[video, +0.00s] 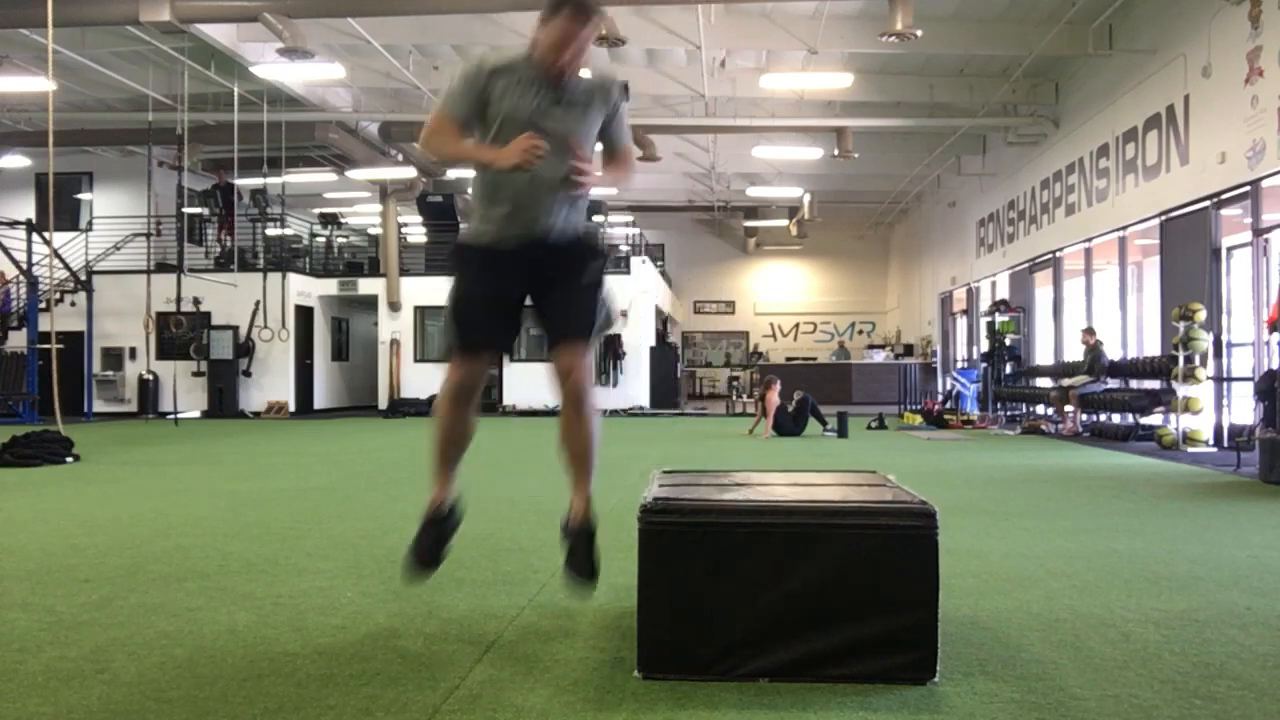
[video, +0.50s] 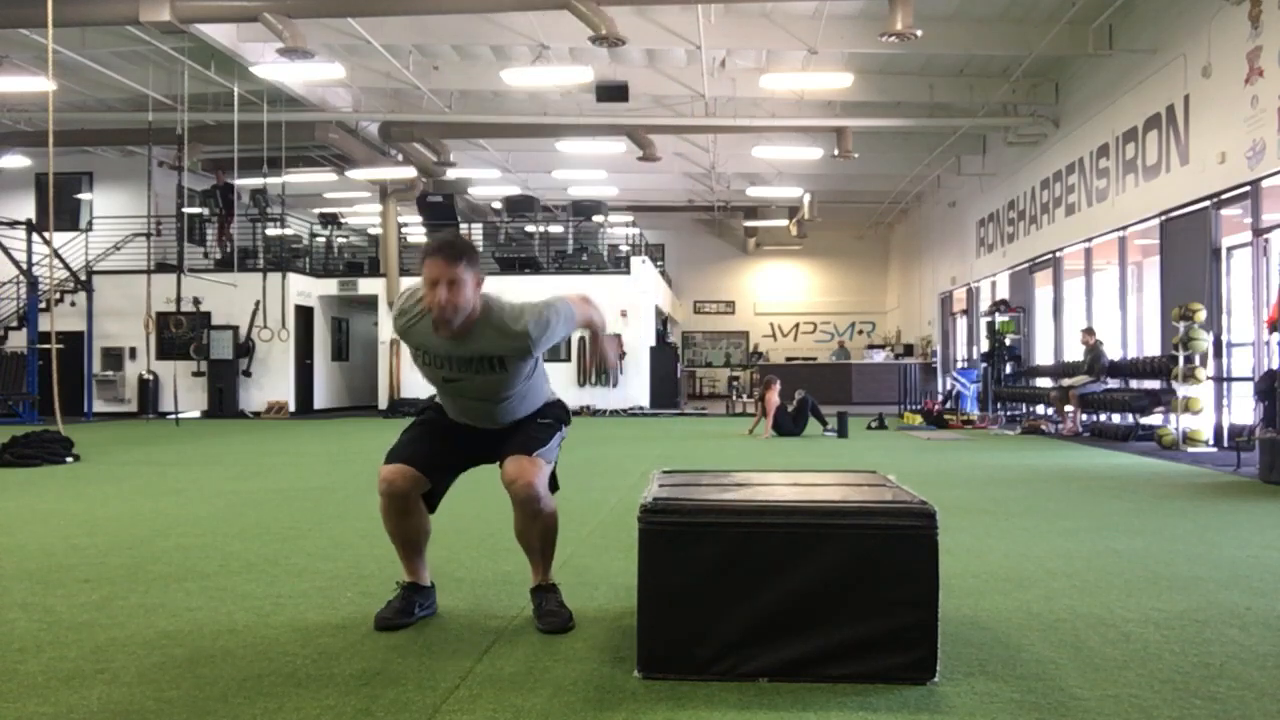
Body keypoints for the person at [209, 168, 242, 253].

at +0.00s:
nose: (221, 176)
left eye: (222, 174)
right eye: (219, 174)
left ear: (226, 175)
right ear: (217, 176)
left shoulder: (232, 186)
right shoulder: (215, 187)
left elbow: (240, 197)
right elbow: (210, 198)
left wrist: (233, 201)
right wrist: (214, 207)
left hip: (231, 212)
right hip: (220, 212)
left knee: (231, 233)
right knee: (219, 236)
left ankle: (232, 249)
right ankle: (223, 250)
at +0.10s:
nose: (219, 176)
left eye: (221, 174)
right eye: (218, 174)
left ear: (225, 175)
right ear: (216, 175)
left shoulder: (231, 186)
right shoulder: (214, 187)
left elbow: (237, 198)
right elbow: (211, 198)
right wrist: (214, 209)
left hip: (231, 210)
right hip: (220, 211)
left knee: (231, 231)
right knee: (220, 231)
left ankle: (233, 247)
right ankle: (220, 248)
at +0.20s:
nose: (219, 173)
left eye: (220, 170)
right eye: (217, 171)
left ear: (224, 171)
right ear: (216, 172)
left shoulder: (229, 181)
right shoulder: (214, 183)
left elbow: (233, 193)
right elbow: (213, 196)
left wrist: (231, 196)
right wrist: (215, 206)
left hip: (230, 207)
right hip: (220, 207)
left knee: (230, 227)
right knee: (218, 227)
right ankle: (217, 246)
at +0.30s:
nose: (219, 173)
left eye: (220, 171)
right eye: (217, 171)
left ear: (224, 172)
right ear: (215, 172)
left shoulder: (230, 182)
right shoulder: (214, 183)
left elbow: (233, 195)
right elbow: (213, 196)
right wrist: (215, 207)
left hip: (229, 209)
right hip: (219, 209)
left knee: (230, 231)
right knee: (218, 231)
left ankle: (231, 250)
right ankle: (217, 250)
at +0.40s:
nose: (217, 177)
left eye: (219, 175)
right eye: (216, 175)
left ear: (224, 175)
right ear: (215, 176)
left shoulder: (230, 186)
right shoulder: (213, 187)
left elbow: (234, 200)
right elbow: (211, 200)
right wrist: (213, 210)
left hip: (229, 212)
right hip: (219, 213)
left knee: (227, 231)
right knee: (218, 234)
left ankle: (233, 250)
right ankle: (219, 255)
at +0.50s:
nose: (218, 177)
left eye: (219, 175)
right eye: (217, 175)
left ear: (224, 175)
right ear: (215, 176)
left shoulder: (230, 187)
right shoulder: (214, 188)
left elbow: (239, 197)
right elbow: (211, 200)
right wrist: (213, 210)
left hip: (230, 211)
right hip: (220, 212)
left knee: (226, 230)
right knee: (220, 234)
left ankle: (233, 248)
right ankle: (223, 253)